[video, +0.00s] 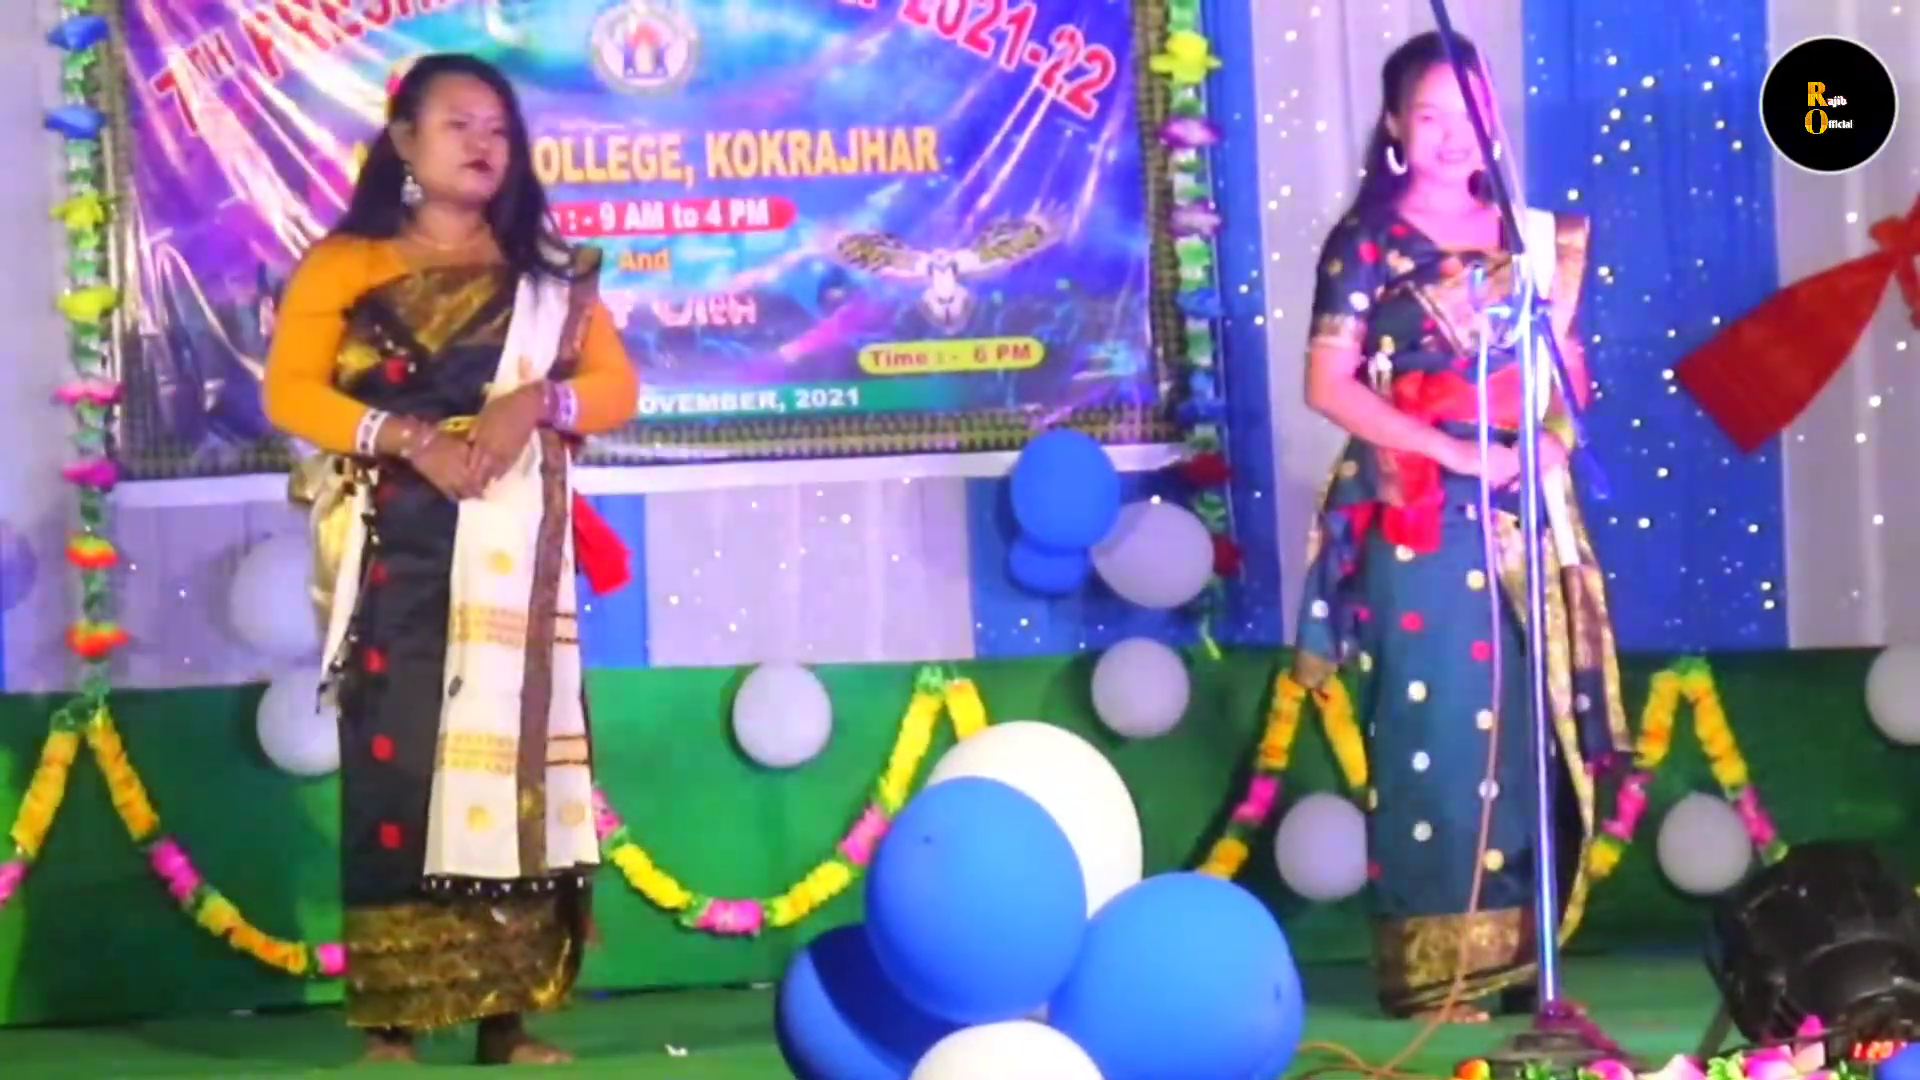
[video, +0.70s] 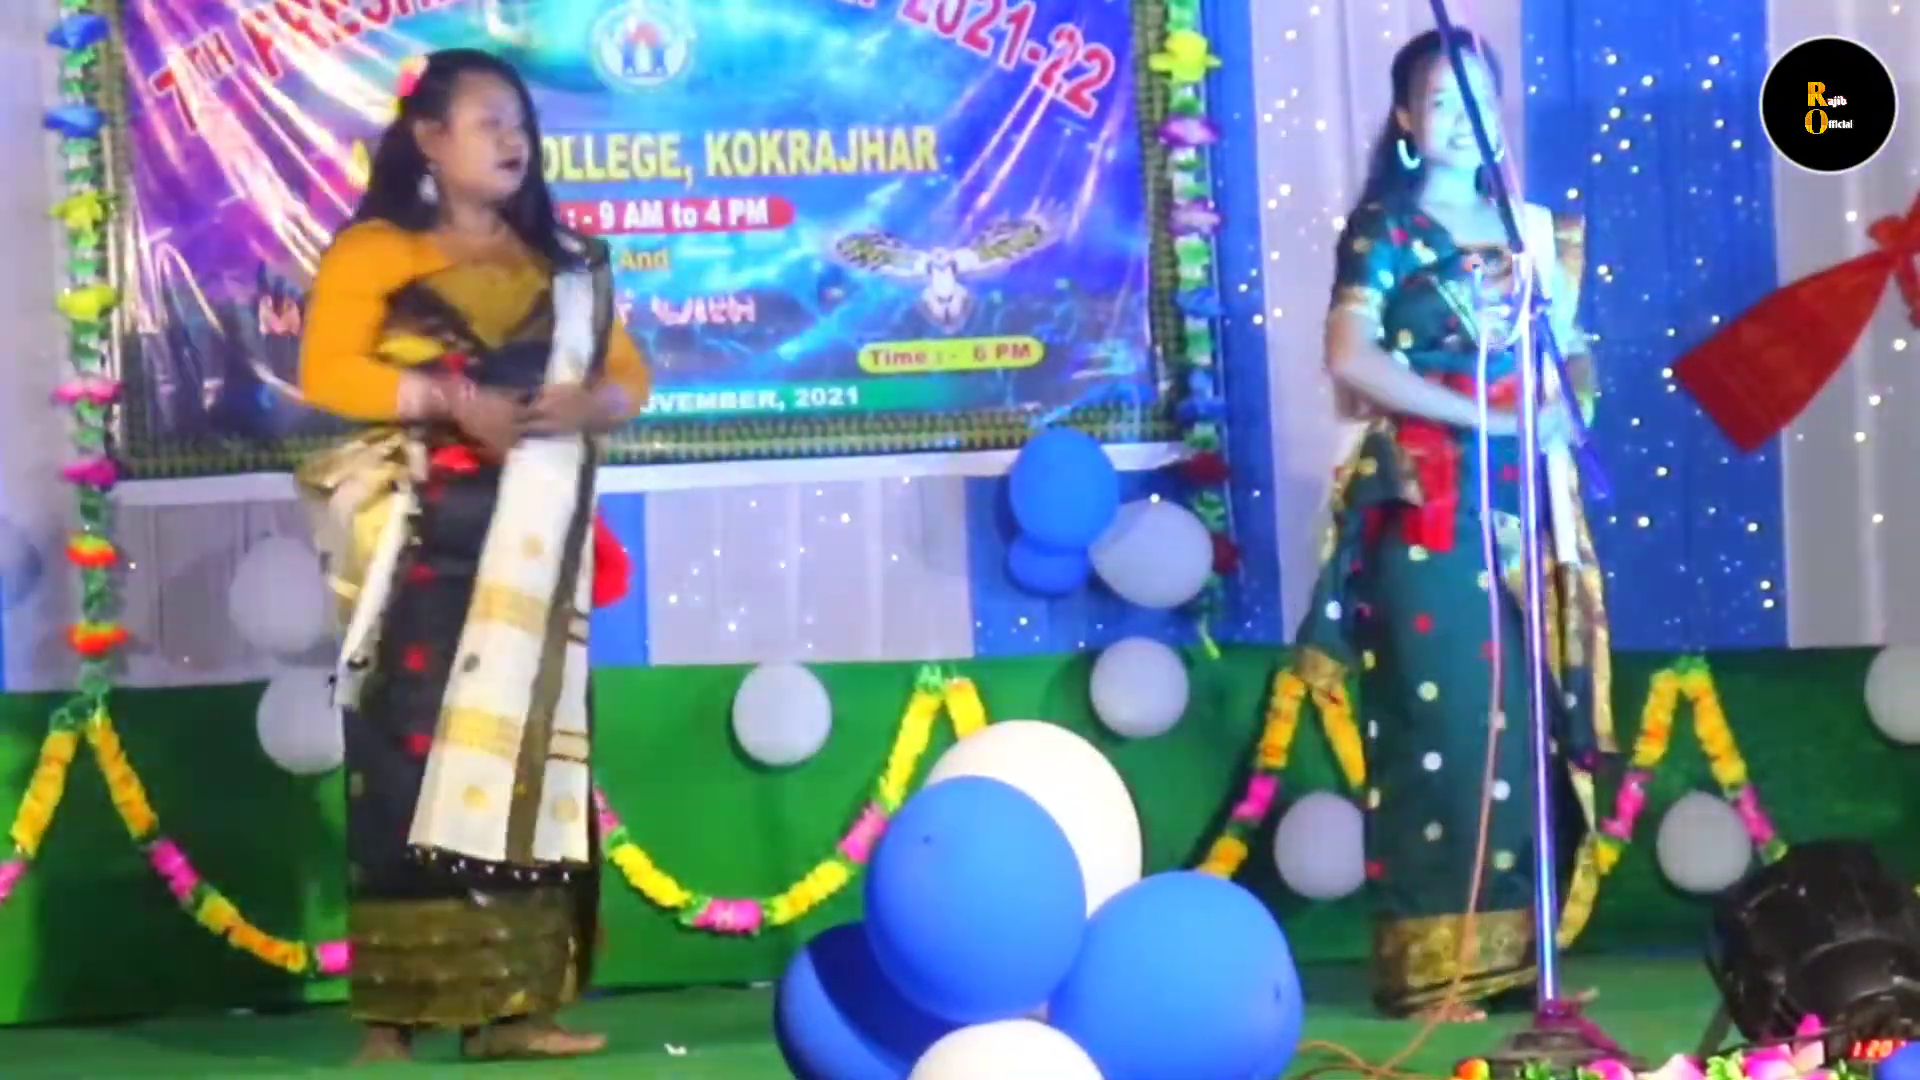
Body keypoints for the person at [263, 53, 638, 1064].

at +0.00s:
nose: (483, 142)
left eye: (498, 129)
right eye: (458, 125)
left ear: (515, 150)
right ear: (404, 142)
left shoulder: (545, 273)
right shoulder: (343, 266)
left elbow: (620, 390)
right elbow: (289, 394)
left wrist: (535, 403)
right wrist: (406, 434)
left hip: (517, 562)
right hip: (398, 559)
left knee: (518, 765)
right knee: (395, 771)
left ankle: (509, 1017)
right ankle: (389, 1017)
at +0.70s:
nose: (513, 141)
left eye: (519, 125)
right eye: (488, 126)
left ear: (529, 137)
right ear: (428, 141)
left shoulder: (556, 260)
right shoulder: (374, 251)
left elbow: (631, 380)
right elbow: (327, 374)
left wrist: (574, 406)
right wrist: (448, 397)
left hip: (536, 547)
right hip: (422, 544)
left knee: (530, 752)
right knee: (408, 760)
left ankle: (513, 1010)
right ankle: (390, 1012)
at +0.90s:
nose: (533, 146)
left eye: (534, 127)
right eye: (505, 134)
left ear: (546, 149)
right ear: (451, 166)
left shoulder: (549, 271)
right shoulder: (453, 266)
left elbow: (664, 360)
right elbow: (548, 340)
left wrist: (673, 275)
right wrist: (626, 276)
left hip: (577, 556)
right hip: (501, 558)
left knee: (579, 776)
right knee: (520, 773)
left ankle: (510, 1010)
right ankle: (421, 979)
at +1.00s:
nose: (550, 125)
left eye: (547, 108)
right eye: (523, 115)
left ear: (547, 132)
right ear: (469, 148)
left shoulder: (528, 237)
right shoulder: (493, 236)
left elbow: (678, 318)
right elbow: (632, 280)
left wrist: (639, 213)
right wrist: (637, 202)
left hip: (550, 546)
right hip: (529, 549)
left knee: (563, 765)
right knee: (566, 766)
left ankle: (511, 1007)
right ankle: (497, 1013)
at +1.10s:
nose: (580, 114)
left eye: (570, 98)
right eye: (555, 102)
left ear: (489, 138)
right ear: (498, 131)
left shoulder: (460, 245)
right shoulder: (561, 230)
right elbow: (677, 326)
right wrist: (714, 280)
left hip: (502, 560)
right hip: (595, 549)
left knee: (543, 764)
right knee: (690, 708)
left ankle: (511, 1003)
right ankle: (635, 953)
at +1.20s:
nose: (596, 145)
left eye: (586, 127)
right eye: (569, 133)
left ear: (504, 169)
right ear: (515, 162)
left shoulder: (469, 282)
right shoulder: (589, 268)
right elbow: (687, 371)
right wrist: (783, 400)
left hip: (527, 588)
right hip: (634, 576)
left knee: (575, 792)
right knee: (723, 746)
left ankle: (524, 1018)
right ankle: (715, 986)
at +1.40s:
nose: (644, 165)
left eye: (637, 148)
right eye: (616, 155)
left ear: (570, 199)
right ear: (558, 193)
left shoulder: (555, 283)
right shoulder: (612, 274)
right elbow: (682, 379)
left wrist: (700, 333)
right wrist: (727, 351)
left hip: (606, 594)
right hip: (681, 588)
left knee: (661, 800)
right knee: (759, 779)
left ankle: (559, 968)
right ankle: (716, 1012)